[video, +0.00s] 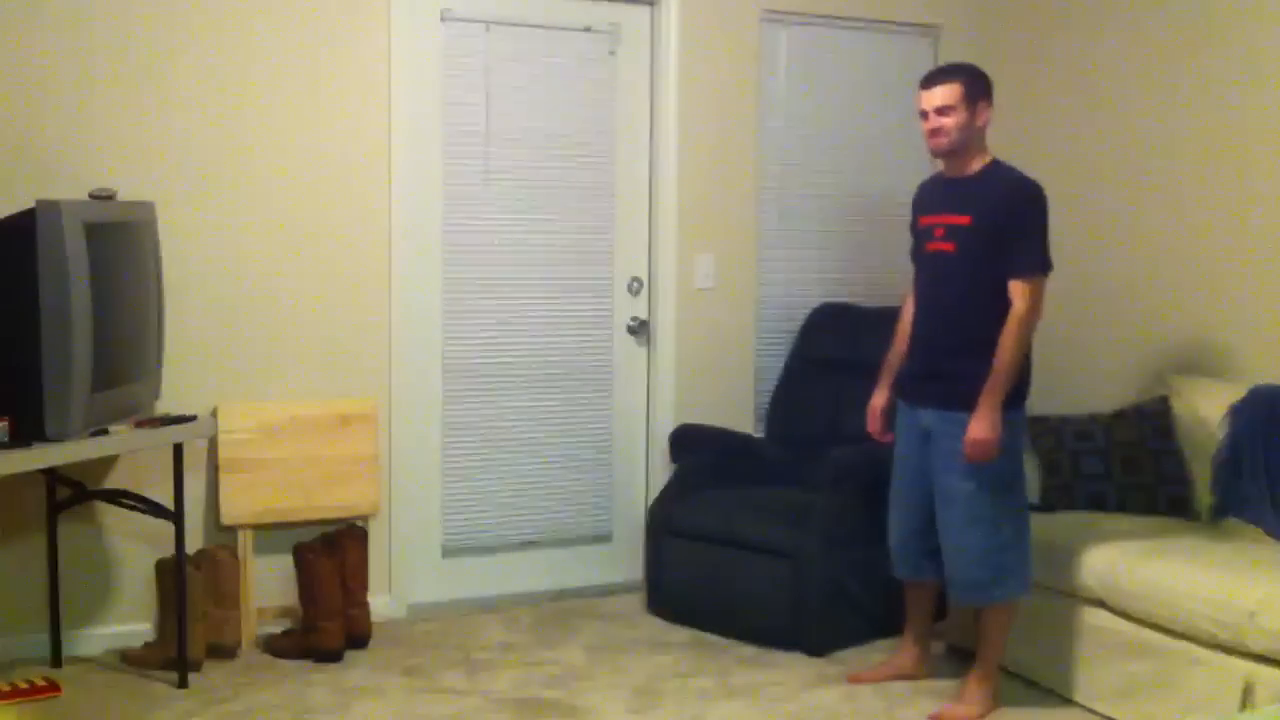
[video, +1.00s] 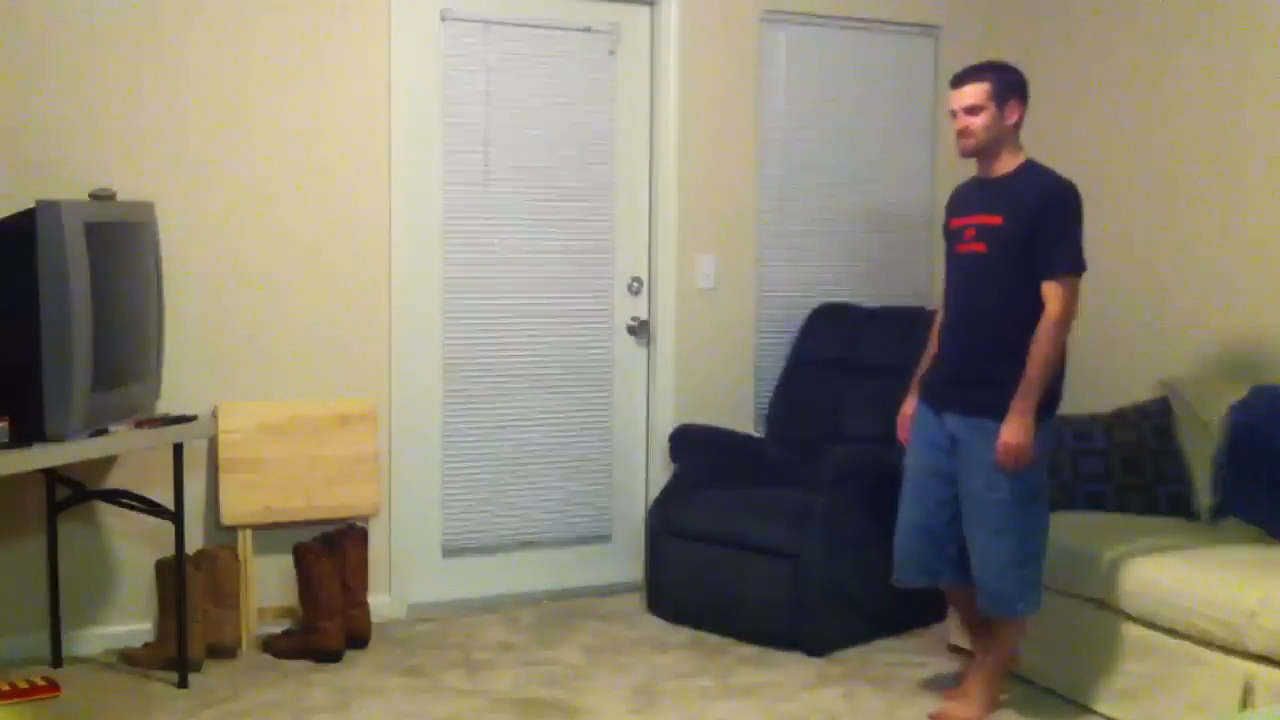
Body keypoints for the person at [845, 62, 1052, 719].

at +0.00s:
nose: (933, 125)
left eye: (945, 112)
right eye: (925, 115)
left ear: (982, 114)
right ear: (921, 123)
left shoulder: (1016, 194)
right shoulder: (927, 196)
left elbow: (1024, 308)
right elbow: (916, 299)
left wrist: (990, 406)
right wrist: (885, 384)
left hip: (980, 410)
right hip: (919, 402)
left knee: (989, 548)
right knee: (915, 534)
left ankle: (984, 679)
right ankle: (913, 652)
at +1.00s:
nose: (959, 124)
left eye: (972, 112)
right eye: (954, 114)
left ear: (1012, 112)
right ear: (955, 121)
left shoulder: (1051, 195)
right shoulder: (961, 200)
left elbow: (1057, 313)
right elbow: (951, 307)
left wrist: (1023, 412)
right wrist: (916, 391)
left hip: (1003, 417)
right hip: (940, 408)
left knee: (1001, 563)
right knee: (933, 544)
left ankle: (986, 688)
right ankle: (983, 650)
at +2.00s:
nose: (952, 123)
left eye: (966, 112)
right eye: (949, 112)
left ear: (1007, 117)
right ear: (952, 120)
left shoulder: (1048, 194)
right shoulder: (953, 198)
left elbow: (1062, 309)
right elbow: (943, 299)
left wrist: (1034, 413)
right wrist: (909, 388)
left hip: (1002, 418)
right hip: (934, 408)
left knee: (998, 562)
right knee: (923, 539)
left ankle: (986, 690)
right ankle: (975, 646)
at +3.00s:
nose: (942, 124)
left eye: (955, 112)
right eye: (938, 114)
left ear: (995, 115)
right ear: (941, 121)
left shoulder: (1040, 193)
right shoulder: (944, 200)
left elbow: (1055, 308)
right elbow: (938, 301)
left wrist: (1028, 410)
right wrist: (907, 391)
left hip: (998, 416)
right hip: (932, 408)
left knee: (997, 561)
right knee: (922, 540)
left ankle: (984, 688)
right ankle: (972, 636)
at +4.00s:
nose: (973, 119)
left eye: (987, 108)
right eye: (963, 109)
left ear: (1014, 117)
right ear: (953, 119)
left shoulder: (1046, 195)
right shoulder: (951, 203)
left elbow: (1055, 311)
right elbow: (941, 306)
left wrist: (1022, 410)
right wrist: (905, 393)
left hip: (998, 416)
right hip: (933, 409)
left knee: (996, 562)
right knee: (928, 542)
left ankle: (984, 690)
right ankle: (976, 647)